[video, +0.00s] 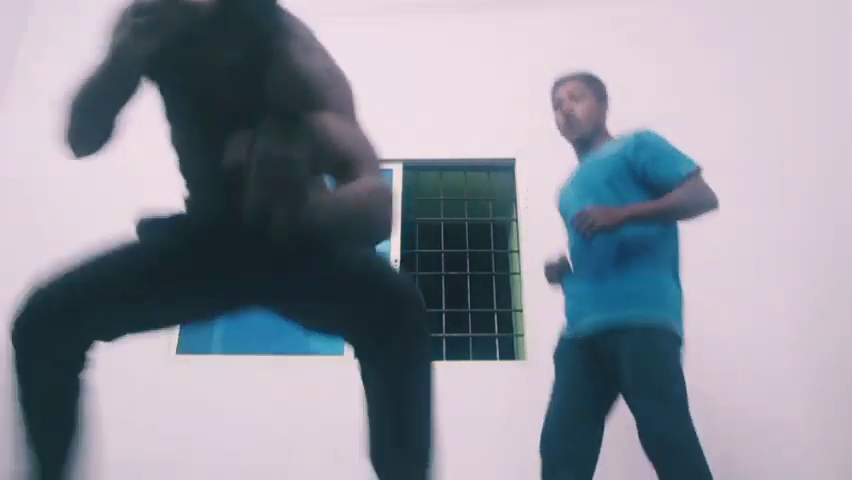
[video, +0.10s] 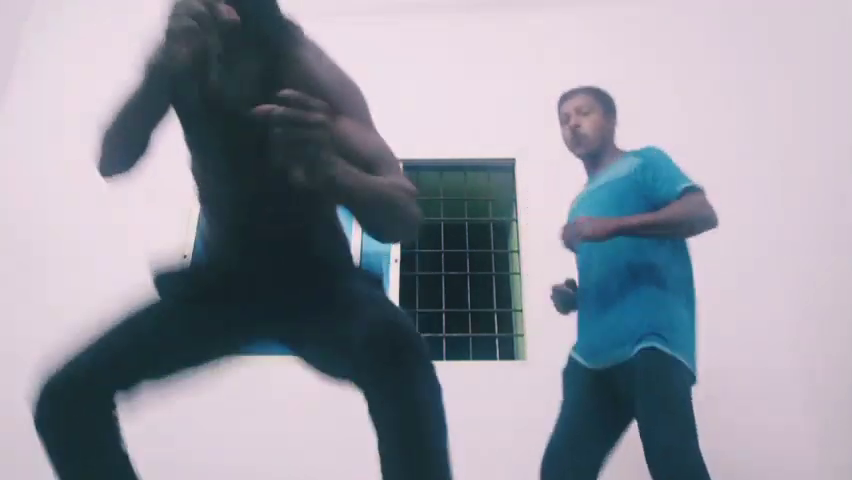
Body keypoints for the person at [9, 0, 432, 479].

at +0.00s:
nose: (188, 14)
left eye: (198, 12)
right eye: (176, 12)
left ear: (234, 11)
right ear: (169, 11)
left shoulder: (293, 51)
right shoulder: (154, 28)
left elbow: (376, 201)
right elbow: (81, 139)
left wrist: (302, 205)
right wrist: (128, 58)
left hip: (305, 252)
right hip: (205, 247)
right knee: (46, 324)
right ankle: (50, 472)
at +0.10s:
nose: (208, 18)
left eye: (219, 14)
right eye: (191, 17)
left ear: (247, 17)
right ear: (184, 20)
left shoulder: (311, 73)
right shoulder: (181, 60)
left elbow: (404, 219)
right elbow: (112, 162)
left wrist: (327, 164)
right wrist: (164, 74)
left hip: (321, 292)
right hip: (222, 290)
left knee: (401, 357)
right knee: (67, 401)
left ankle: (420, 478)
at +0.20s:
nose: (251, 10)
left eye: (273, 2)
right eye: (240, 0)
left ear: (303, 20)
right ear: (221, 12)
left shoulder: (328, 126)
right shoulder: (205, 101)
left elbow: (413, 256)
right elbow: (157, 229)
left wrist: (342, 187)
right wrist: (188, 130)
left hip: (344, 315)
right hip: (260, 317)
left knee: (365, 348)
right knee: (96, 397)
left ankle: (407, 475)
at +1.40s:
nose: (302, 76)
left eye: (316, 64)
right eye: (292, 62)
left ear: (339, 64)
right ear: (278, 60)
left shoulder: (369, 135)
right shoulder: (257, 129)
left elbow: (416, 238)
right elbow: (224, 223)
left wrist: (377, 208)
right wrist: (238, 147)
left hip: (353, 292)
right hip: (272, 295)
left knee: (414, 377)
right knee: (142, 423)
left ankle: (469, 476)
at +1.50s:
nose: (308, 78)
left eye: (322, 66)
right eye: (299, 65)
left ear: (343, 68)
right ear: (284, 64)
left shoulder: (372, 138)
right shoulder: (259, 134)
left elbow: (419, 241)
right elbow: (218, 209)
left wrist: (403, 196)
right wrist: (202, 139)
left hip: (354, 291)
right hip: (271, 292)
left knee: (420, 378)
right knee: (147, 424)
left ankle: (471, 475)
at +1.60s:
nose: (310, 80)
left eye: (324, 68)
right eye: (302, 67)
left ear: (348, 68)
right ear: (288, 62)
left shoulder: (376, 138)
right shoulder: (262, 132)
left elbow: (427, 219)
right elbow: (185, 177)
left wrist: (453, 187)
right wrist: (132, 124)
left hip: (357, 293)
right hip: (273, 296)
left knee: (427, 382)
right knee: (146, 424)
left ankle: (474, 478)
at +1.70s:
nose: (319, 77)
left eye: (333, 65)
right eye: (310, 64)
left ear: (357, 63)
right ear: (297, 59)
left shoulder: (389, 141)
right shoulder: (265, 124)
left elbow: (463, 200)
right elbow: (173, 159)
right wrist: (92, 118)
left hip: (361, 297)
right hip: (271, 300)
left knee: (437, 377)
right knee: (142, 426)